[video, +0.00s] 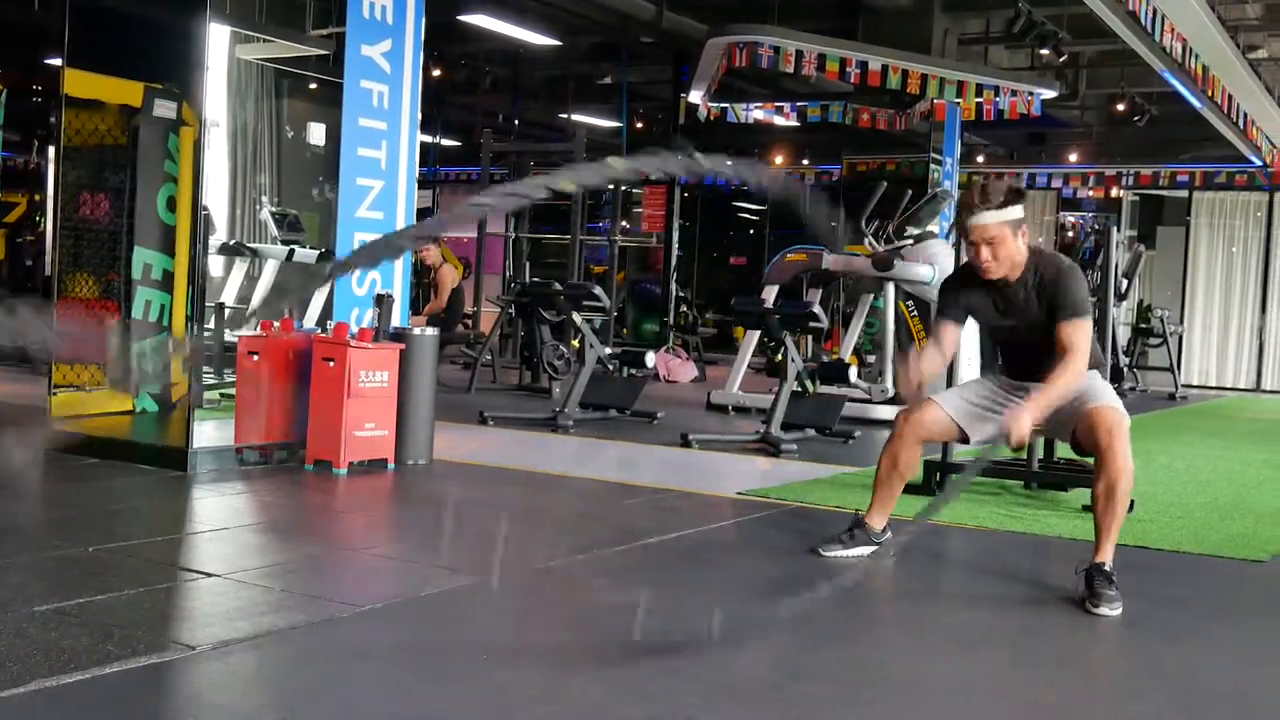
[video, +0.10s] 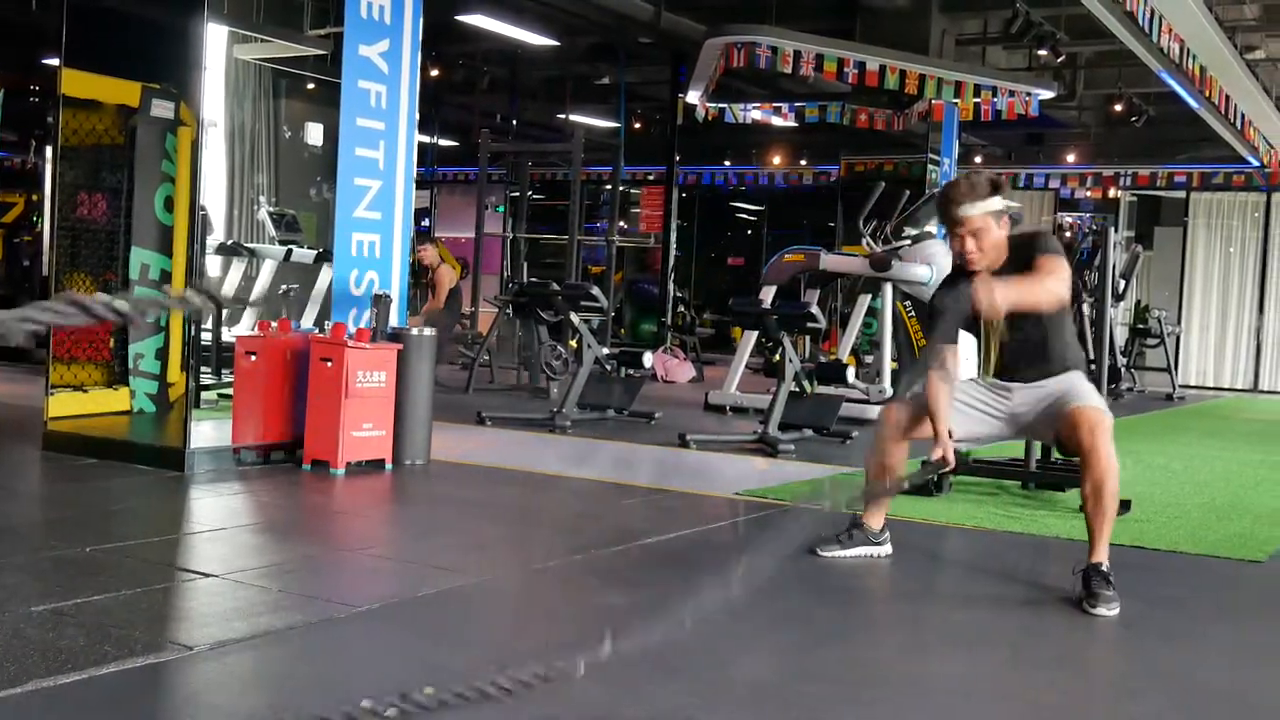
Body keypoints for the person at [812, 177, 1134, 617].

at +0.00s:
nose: (981, 255)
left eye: (991, 243)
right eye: (973, 245)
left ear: (1022, 236)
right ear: (965, 243)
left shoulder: (1062, 276)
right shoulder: (963, 283)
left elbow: (1077, 358)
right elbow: (941, 345)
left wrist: (1033, 408)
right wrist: (917, 370)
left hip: (1068, 387)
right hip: (1003, 387)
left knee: (1114, 430)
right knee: (911, 423)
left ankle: (1102, 566)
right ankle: (872, 529)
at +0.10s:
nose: (965, 247)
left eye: (975, 234)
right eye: (956, 236)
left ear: (1003, 225)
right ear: (948, 236)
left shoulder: (1041, 246)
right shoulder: (954, 290)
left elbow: (1056, 289)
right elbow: (939, 368)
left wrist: (1003, 292)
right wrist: (942, 433)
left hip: (1060, 389)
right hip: (992, 394)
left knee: (1096, 430)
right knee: (893, 417)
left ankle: (1098, 566)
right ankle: (871, 529)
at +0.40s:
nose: (884, 243)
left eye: (894, 232)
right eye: (879, 233)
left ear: (925, 219)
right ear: (873, 224)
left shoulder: (958, 256)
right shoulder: (877, 238)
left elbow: (961, 345)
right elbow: (826, 250)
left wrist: (920, 402)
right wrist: (808, 231)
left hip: (951, 359)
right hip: (893, 352)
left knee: (981, 417)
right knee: (806, 393)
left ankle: (942, 532)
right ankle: (805, 506)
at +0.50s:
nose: (864, 243)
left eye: (875, 233)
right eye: (857, 233)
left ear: (905, 223)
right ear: (849, 227)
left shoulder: (935, 265)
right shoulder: (844, 256)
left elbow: (941, 346)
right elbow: (810, 311)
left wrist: (903, 401)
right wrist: (802, 293)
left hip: (923, 373)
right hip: (860, 364)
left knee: (956, 424)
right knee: (771, 408)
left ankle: (932, 538)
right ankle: (699, 494)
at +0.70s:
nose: (806, 227)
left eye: (814, 218)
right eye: (798, 218)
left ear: (837, 208)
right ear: (786, 211)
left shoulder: (859, 233)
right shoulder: (771, 249)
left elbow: (865, 270)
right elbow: (751, 318)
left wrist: (814, 248)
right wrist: (754, 381)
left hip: (844, 362)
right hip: (777, 359)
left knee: (884, 417)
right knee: (693, 400)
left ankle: (910, 536)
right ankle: (672, 509)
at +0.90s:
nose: (752, 227)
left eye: (762, 219)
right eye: (747, 217)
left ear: (793, 208)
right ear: (740, 206)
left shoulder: (819, 245)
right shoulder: (741, 222)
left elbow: (816, 328)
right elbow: (686, 228)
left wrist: (777, 379)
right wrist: (675, 210)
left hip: (804, 348)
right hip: (747, 342)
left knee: (838, 400)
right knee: (669, 387)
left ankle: (826, 520)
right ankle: (641, 492)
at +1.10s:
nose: (716, 240)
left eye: (724, 231)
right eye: (709, 231)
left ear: (752, 220)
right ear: (701, 226)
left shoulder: (784, 249)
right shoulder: (700, 257)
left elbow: (800, 308)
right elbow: (686, 320)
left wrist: (759, 332)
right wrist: (667, 360)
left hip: (782, 367)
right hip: (719, 365)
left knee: (825, 404)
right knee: (644, 403)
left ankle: (829, 520)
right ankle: (623, 502)